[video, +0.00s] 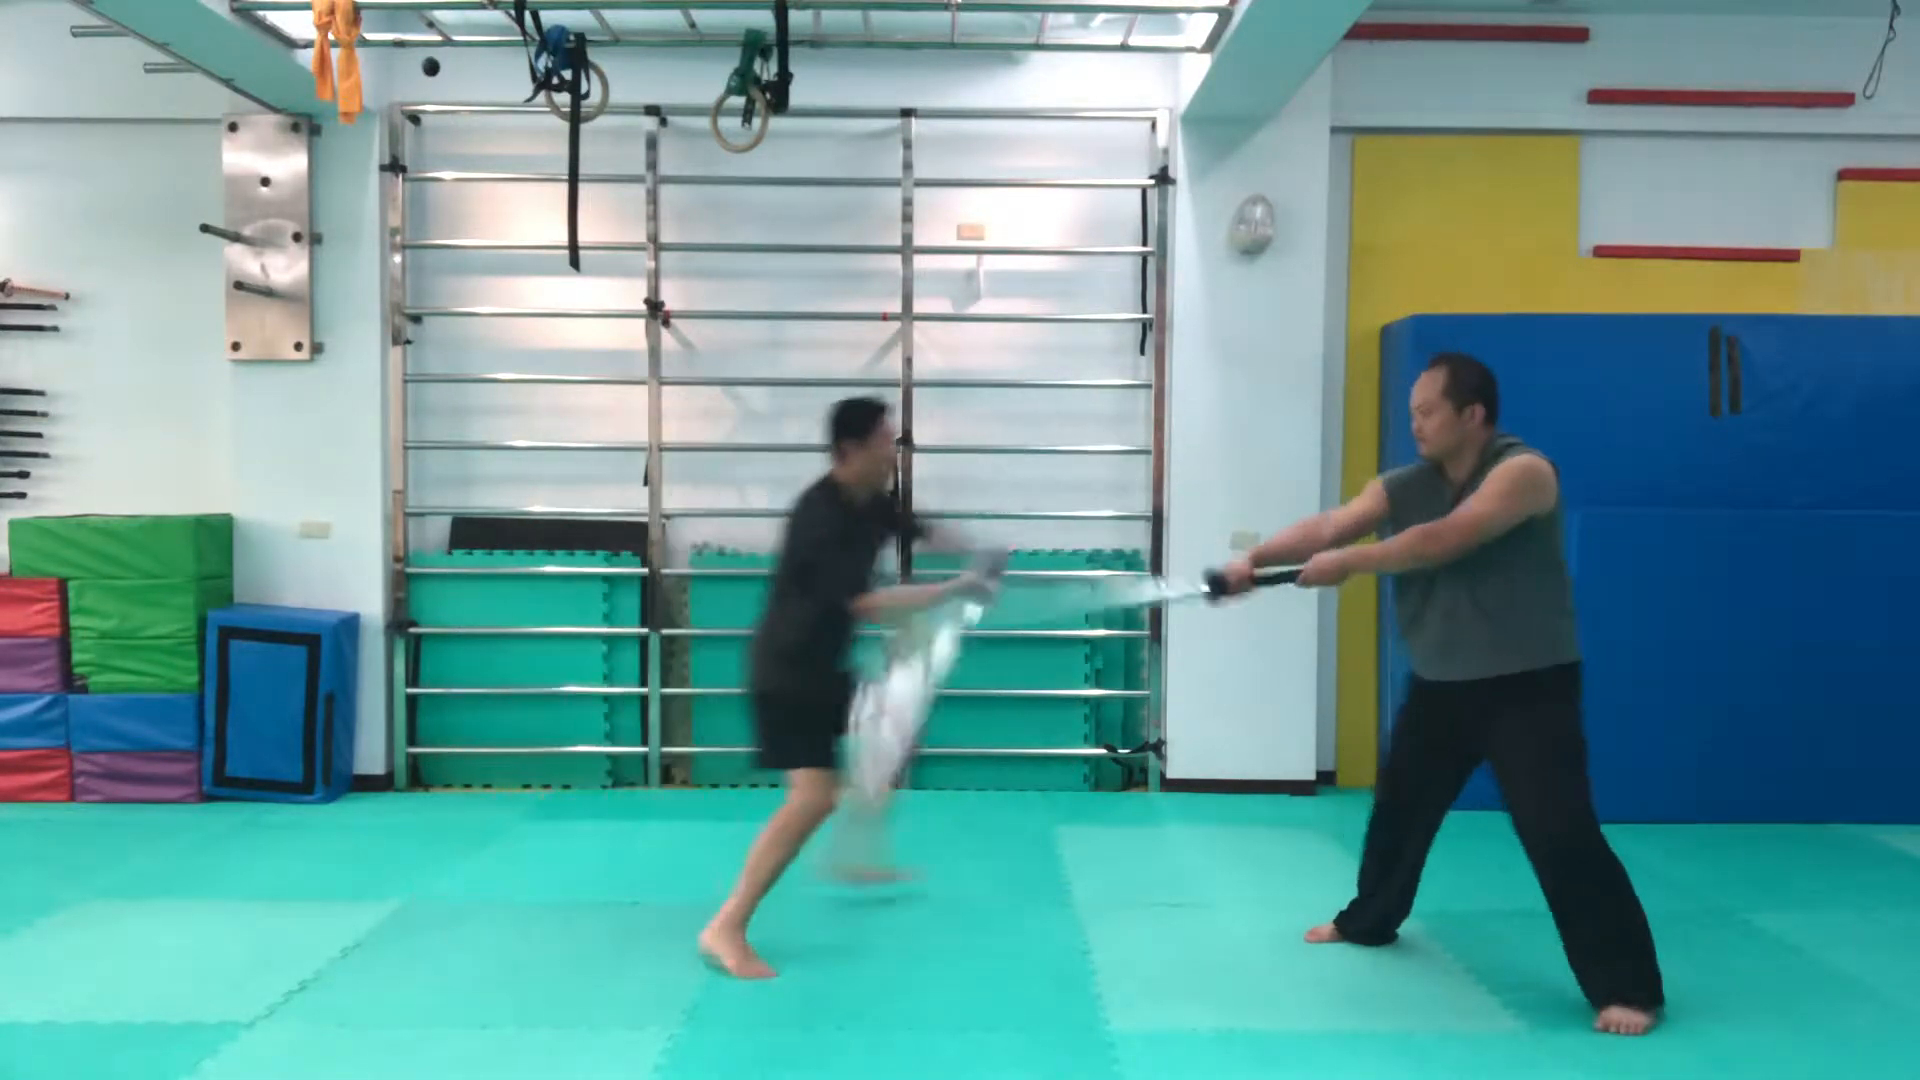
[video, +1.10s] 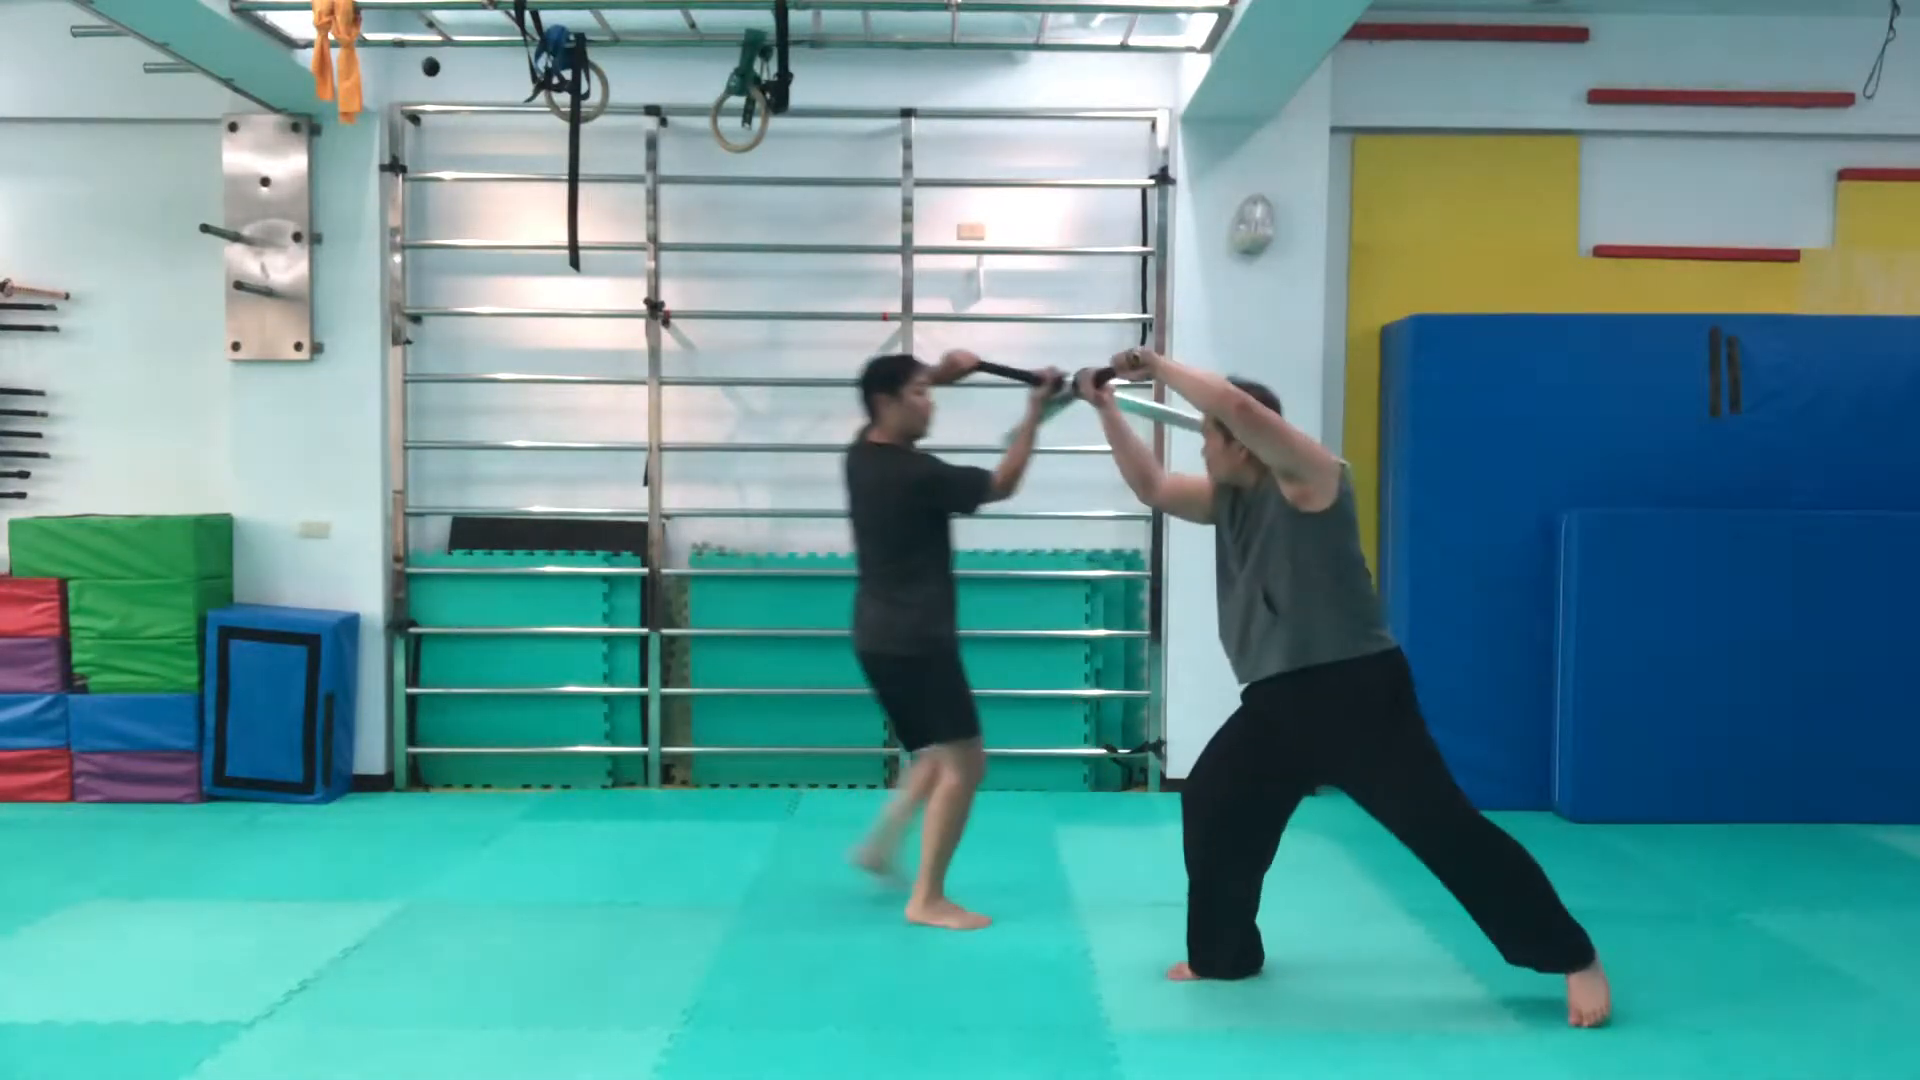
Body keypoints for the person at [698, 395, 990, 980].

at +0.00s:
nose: (895, 453)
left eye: (894, 442)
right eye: (886, 443)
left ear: (857, 449)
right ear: (851, 450)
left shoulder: (871, 500)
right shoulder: (825, 511)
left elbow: (923, 534)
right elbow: (858, 601)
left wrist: (979, 555)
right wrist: (954, 588)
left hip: (824, 663)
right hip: (788, 667)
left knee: (893, 729)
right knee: (813, 795)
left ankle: (857, 858)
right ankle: (726, 928)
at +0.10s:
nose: (945, 452)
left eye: (942, 441)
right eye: (937, 442)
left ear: (904, 444)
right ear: (905, 446)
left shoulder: (911, 479)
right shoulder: (883, 513)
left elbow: (983, 447)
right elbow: (951, 589)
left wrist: (1029, 474)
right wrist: (1024, 565)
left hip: (896, 656)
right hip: (860, 661)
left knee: (967, 741)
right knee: (872, 787)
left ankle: (1026, 855)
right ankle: (766, 898)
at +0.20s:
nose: (988, 470)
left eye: (988, 460)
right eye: (979, 461)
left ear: (945, 464)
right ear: (948, 465)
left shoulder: (928, 501)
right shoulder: (951, 541)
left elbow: (996, 420)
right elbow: (1041, 570)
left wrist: (1048, 443)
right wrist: (1104, 522)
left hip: (954, 673)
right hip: (934, 680)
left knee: (1039, 743)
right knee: (950, 801)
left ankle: (1071, 861)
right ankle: (832, 876)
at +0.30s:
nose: (1032, 479)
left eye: (1029, 469)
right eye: (1023, 471)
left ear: (983, 473)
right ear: (991, 475)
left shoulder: (958, 506)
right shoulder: (1009, 547)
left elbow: (1018, 432)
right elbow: (1096, 549)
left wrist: (1069, 444)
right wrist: (1152, 489)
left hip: (966, 676)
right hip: (985, 687)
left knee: (1077, 734)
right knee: (1020, 811)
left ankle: (1075, 859)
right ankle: (898, 857)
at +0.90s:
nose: (997, 420)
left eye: (995, 410)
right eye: (988, 411)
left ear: (949, 422)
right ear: (959, 420)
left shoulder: (926, 470)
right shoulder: (981, 489)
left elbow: (952, 433)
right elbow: (1061, 500)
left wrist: (997, 385)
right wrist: (1099, 434)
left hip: (947, 646)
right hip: (975, 652)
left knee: (1025, 757)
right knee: (1009, 773)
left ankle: (1064, 854)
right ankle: (932, 893)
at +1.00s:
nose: (965, 410)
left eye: (964, 400)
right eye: (956, 401)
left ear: (915, 413)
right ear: (925, 411)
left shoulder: (895, 462)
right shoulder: (952, 479)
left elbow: (928, 420)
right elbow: (1035, 487)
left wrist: (969, 377)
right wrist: (1063, 418)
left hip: (914, 642)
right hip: (948, 648)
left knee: (993, 736)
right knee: (988, 765)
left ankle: (990, 866)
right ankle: (929, 896)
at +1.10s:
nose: (929, 403)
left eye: (927, 393)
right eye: (919, 395)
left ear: (882, 407)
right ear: (888, 404)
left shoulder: (861, 457)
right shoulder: (917, 472)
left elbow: (896, 415)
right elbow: (1001, 483)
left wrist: (938, 376)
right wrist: (1033, 413)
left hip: (879, 641)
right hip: (920, 644)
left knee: (936, 753)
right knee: (964, 761)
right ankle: (927, 898)